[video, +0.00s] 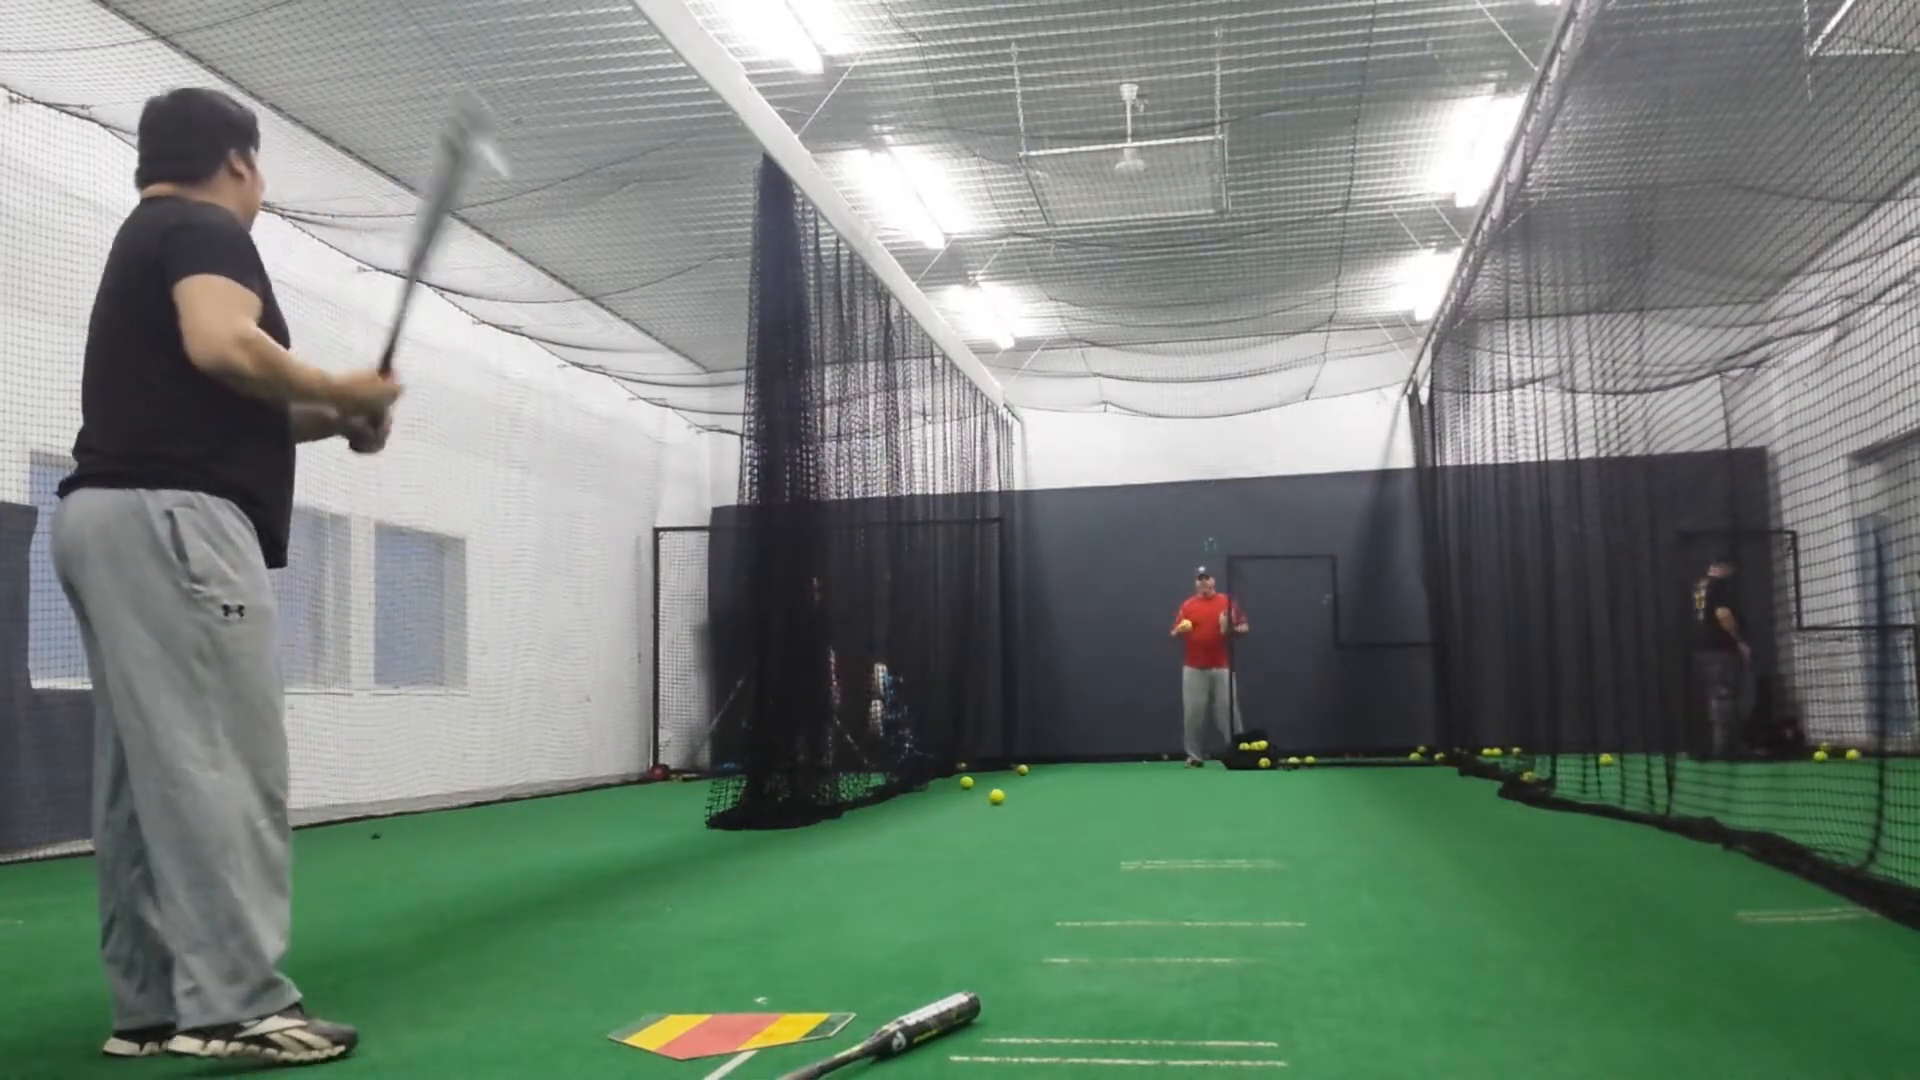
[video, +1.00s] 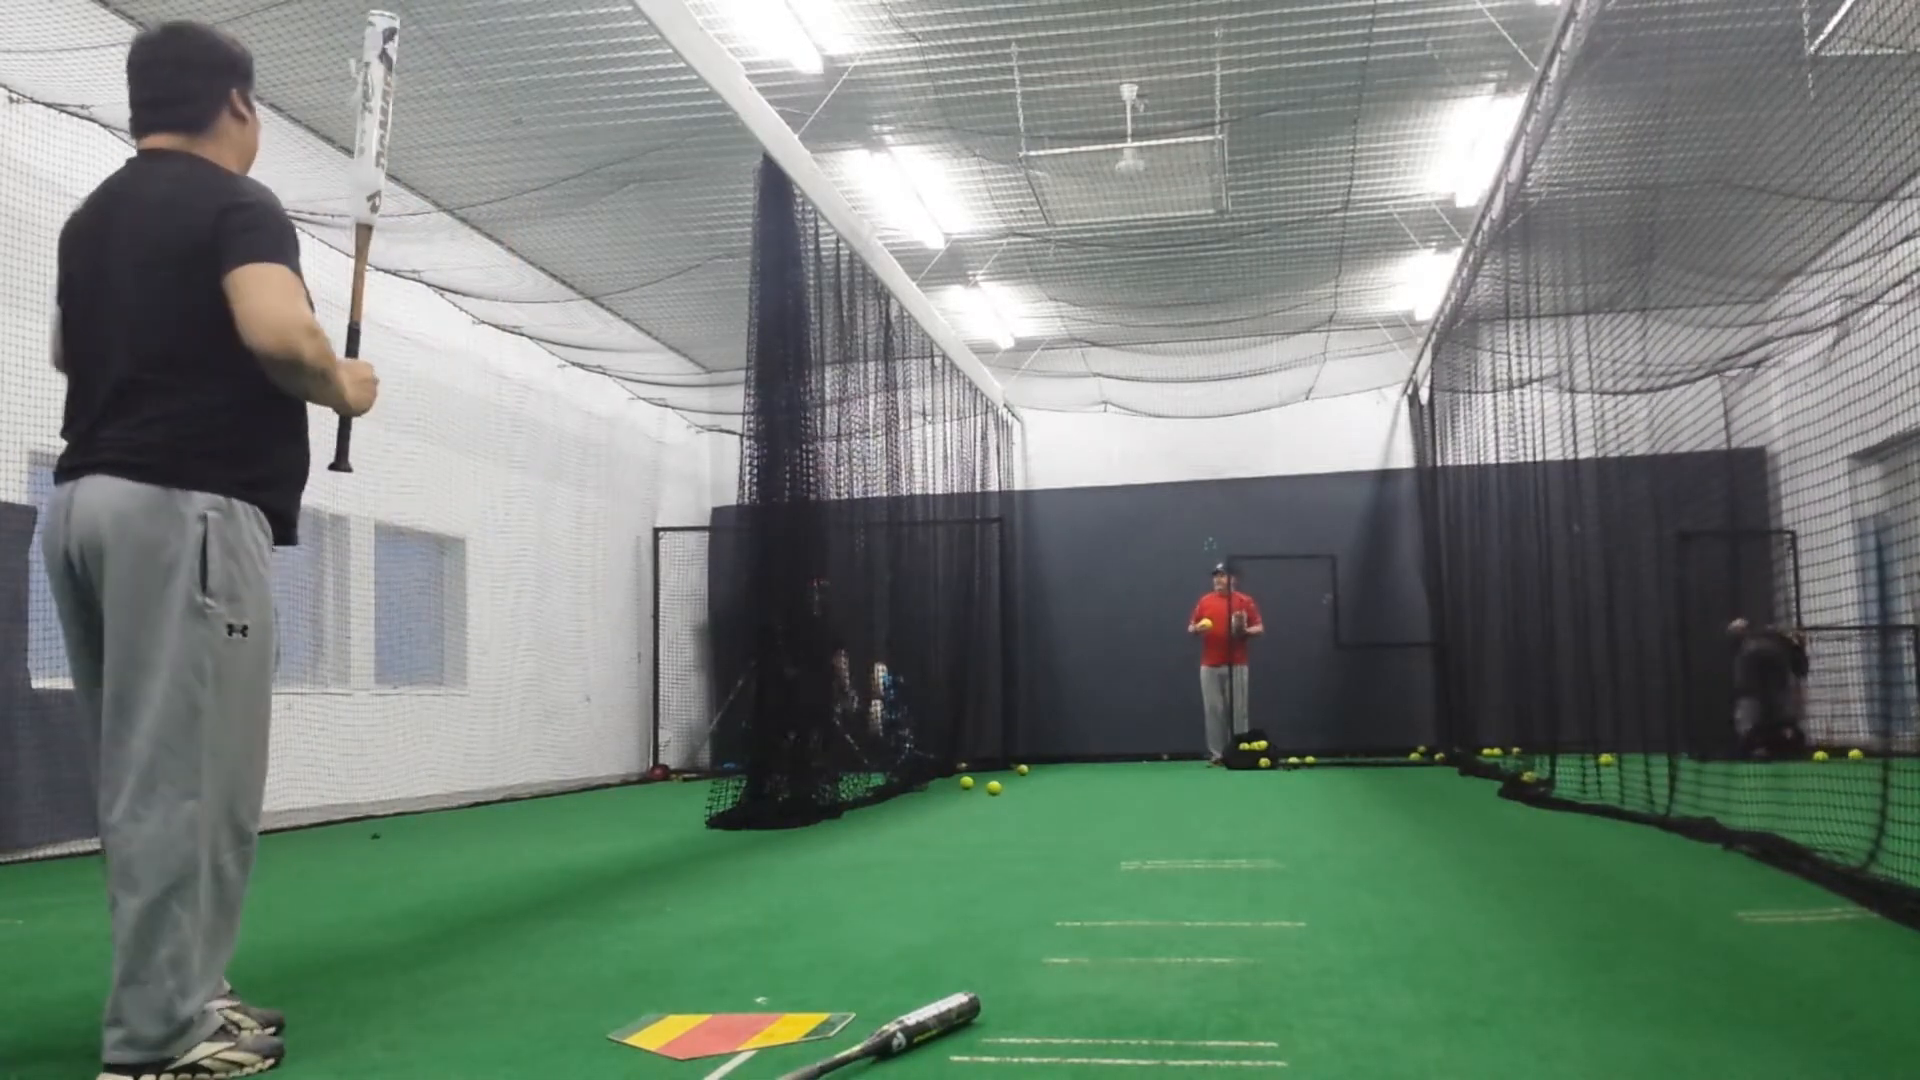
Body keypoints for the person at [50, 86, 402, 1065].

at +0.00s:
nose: (262, 185)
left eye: (258, 168)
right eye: (258, 167)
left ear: (162, 165)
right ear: (233, 160)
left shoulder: (146, 237)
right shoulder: (204, 226)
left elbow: (217, 418)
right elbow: (217, 343)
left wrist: (333, 418)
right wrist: (341, 387)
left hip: (106, 516)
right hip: (167, 518)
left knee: (142, 769)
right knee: (220, 758)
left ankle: (153, 1009)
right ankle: (237, 1004)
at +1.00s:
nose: (259, 127)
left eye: (254, 110)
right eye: (255, 109)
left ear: (148, 114)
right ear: (231, 107)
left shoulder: (89, 217)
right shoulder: (237, 201)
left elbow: (83, 370)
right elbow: (274, 332)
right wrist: (339, 382)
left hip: (85, 510)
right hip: (185, 515)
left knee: (144, 768)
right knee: (190, 776)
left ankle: (175, 994)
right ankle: (157, 1031)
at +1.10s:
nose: (260, 123)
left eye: (256, 106)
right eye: (257, 106)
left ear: (147, 108)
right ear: (234, 104)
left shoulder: (81, 212)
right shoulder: (247, 203)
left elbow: (52, 370)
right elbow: (290, 337)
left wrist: (106, 444)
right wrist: (344, 385)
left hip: (73, 510)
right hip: (182, 516)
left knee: (132, 769)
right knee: (186, 773)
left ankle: (167, 992)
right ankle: (156, 1033)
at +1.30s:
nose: (259, 116)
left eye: (256, 99)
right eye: (256, 99)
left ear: (139, 100)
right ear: (234, 97)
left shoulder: (60, 200)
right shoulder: (264, 204)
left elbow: (6, 333)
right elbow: (314, 344)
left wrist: (11, 472)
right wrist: (327, 393)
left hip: (56, 507)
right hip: (181, 517)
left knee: (83, 765)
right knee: (179, 773)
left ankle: (84, 1007)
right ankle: (160, 1032)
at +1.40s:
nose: (255, 114)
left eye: (252, 97)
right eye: (253, 96)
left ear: (137, 97)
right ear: (232, 95)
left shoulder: (54, 198)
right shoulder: (267, 208)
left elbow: (6, 337)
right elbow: (332, 358)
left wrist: (16, 458)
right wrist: (304, 409)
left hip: (48, 508)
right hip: (179, 518)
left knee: (58, 771)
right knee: (176, 777)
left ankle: (41, 1008)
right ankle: (162, 1032)